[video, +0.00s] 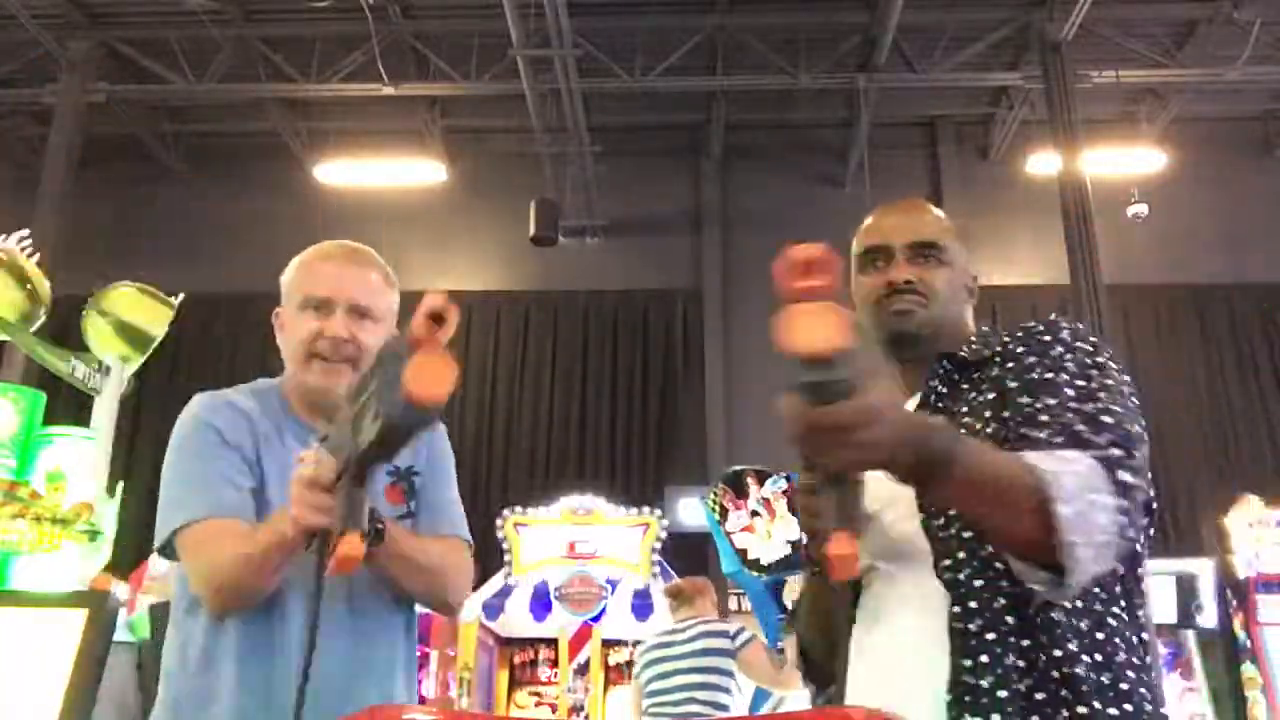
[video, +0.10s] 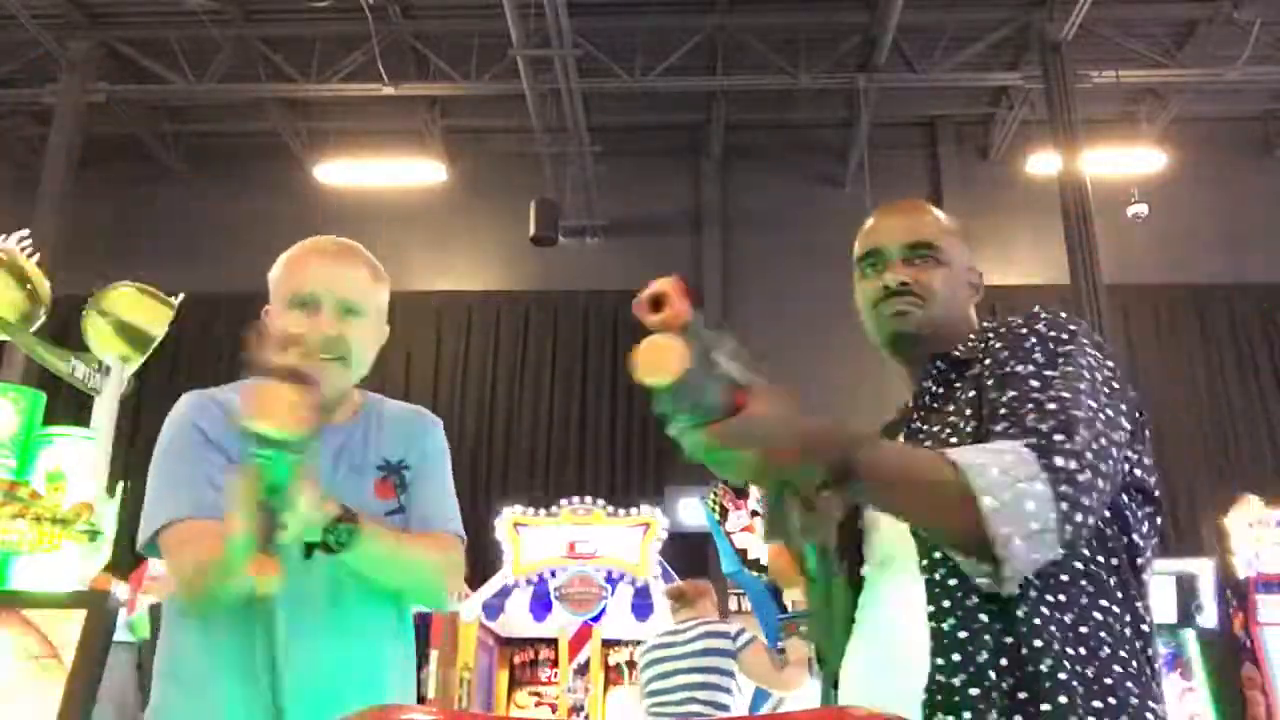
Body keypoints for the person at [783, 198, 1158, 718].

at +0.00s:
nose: (898, 276)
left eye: (926, 256)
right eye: (874, 262)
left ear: (970, 282)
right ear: (854, 298)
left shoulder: (1053, 353)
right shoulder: (860, 419)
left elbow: (1088, 529)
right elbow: (822, 667)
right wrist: (828, 550)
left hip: (1060, 697)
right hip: (896, 701)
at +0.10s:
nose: (895, 277)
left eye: (921, 258)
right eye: (872, 265)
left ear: (974, 280)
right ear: (855, 300)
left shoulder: (1047, 345)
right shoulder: (892, 443)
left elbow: (1038, 506)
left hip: (1073, 699)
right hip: (945, 704)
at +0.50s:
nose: (933, 271)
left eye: (956, 250)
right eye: (906, 254)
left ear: (993, 268)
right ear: (875, 296)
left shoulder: (1084, 357)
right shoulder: (877, 451)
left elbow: (1164, 525)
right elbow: (822, 648)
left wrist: (1057, 404)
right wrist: (870, 521)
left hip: (1087, 704)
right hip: (907, 706)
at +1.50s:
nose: (943, 261)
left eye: (968, 245)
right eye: (916, 250)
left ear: (1012, 273)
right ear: (891, 288)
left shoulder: (1112, 350)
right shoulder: (895, 440)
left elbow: (1213, 548)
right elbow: (882, 660)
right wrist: (877, 539)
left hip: (1116, 701)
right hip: (939, 704)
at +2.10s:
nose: (947, 267)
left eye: (973, 251)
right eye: (920, 255)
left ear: (1009, 279)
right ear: (894, 294)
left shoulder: (1123, 387)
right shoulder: (888, 459)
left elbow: (1251, 522)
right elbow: (870, 662)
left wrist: (1224, 570)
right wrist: (903, 542)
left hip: (1137, 704)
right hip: (960, 707)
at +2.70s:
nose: (922, 265)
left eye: (947, 251)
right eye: (893, 251)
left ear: (981, 293)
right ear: (861, 299)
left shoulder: (1081, 389)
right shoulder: (827, 474)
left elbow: (1204, 597)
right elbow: (799, 646)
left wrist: (1157, 490)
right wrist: (886, 538)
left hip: (1091, 702)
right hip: (907, 709)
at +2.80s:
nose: (915, 266)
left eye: (939, 252)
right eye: (887, 251)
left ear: (972, 287)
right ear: (855, 296)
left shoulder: (1074, 395)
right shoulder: (826, 472)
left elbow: (1188, 579)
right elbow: (797, 655)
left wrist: (1118, 489)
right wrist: (870, 543)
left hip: (1082, 704)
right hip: (902, 708)